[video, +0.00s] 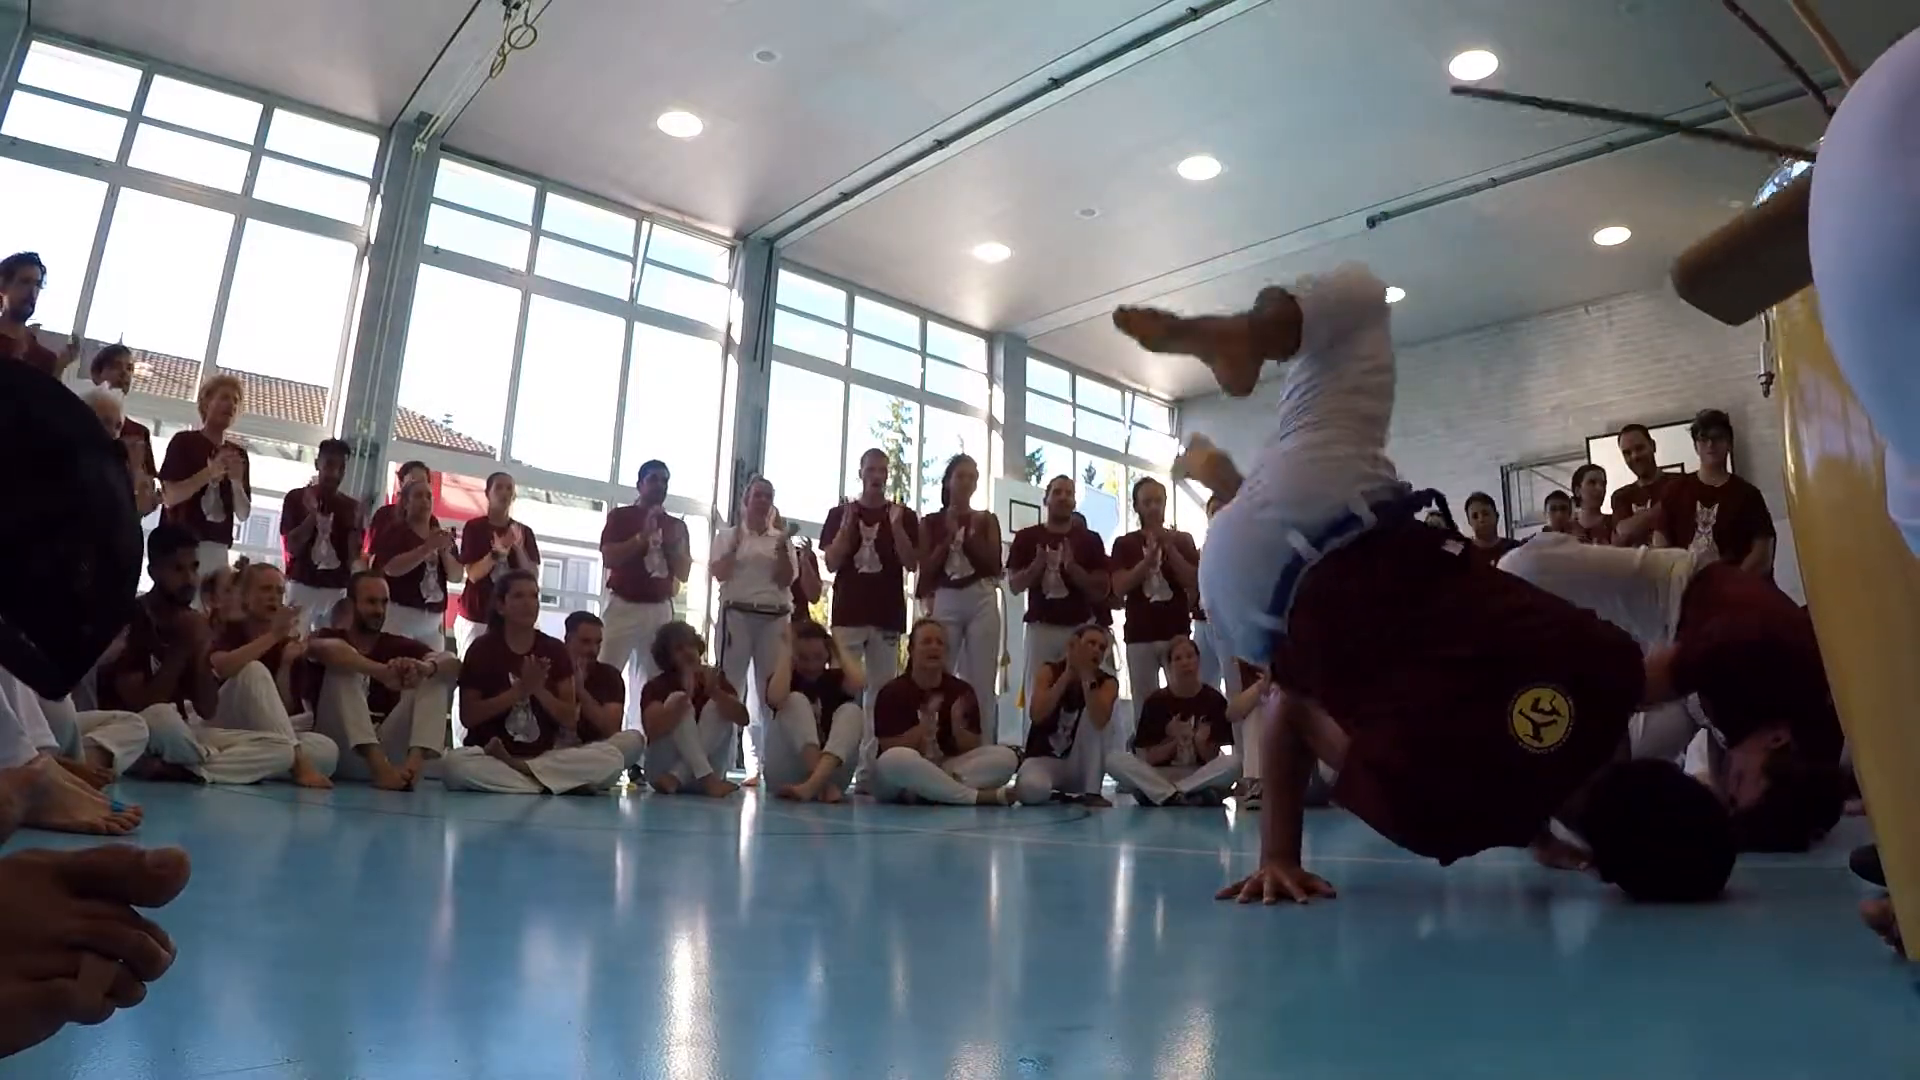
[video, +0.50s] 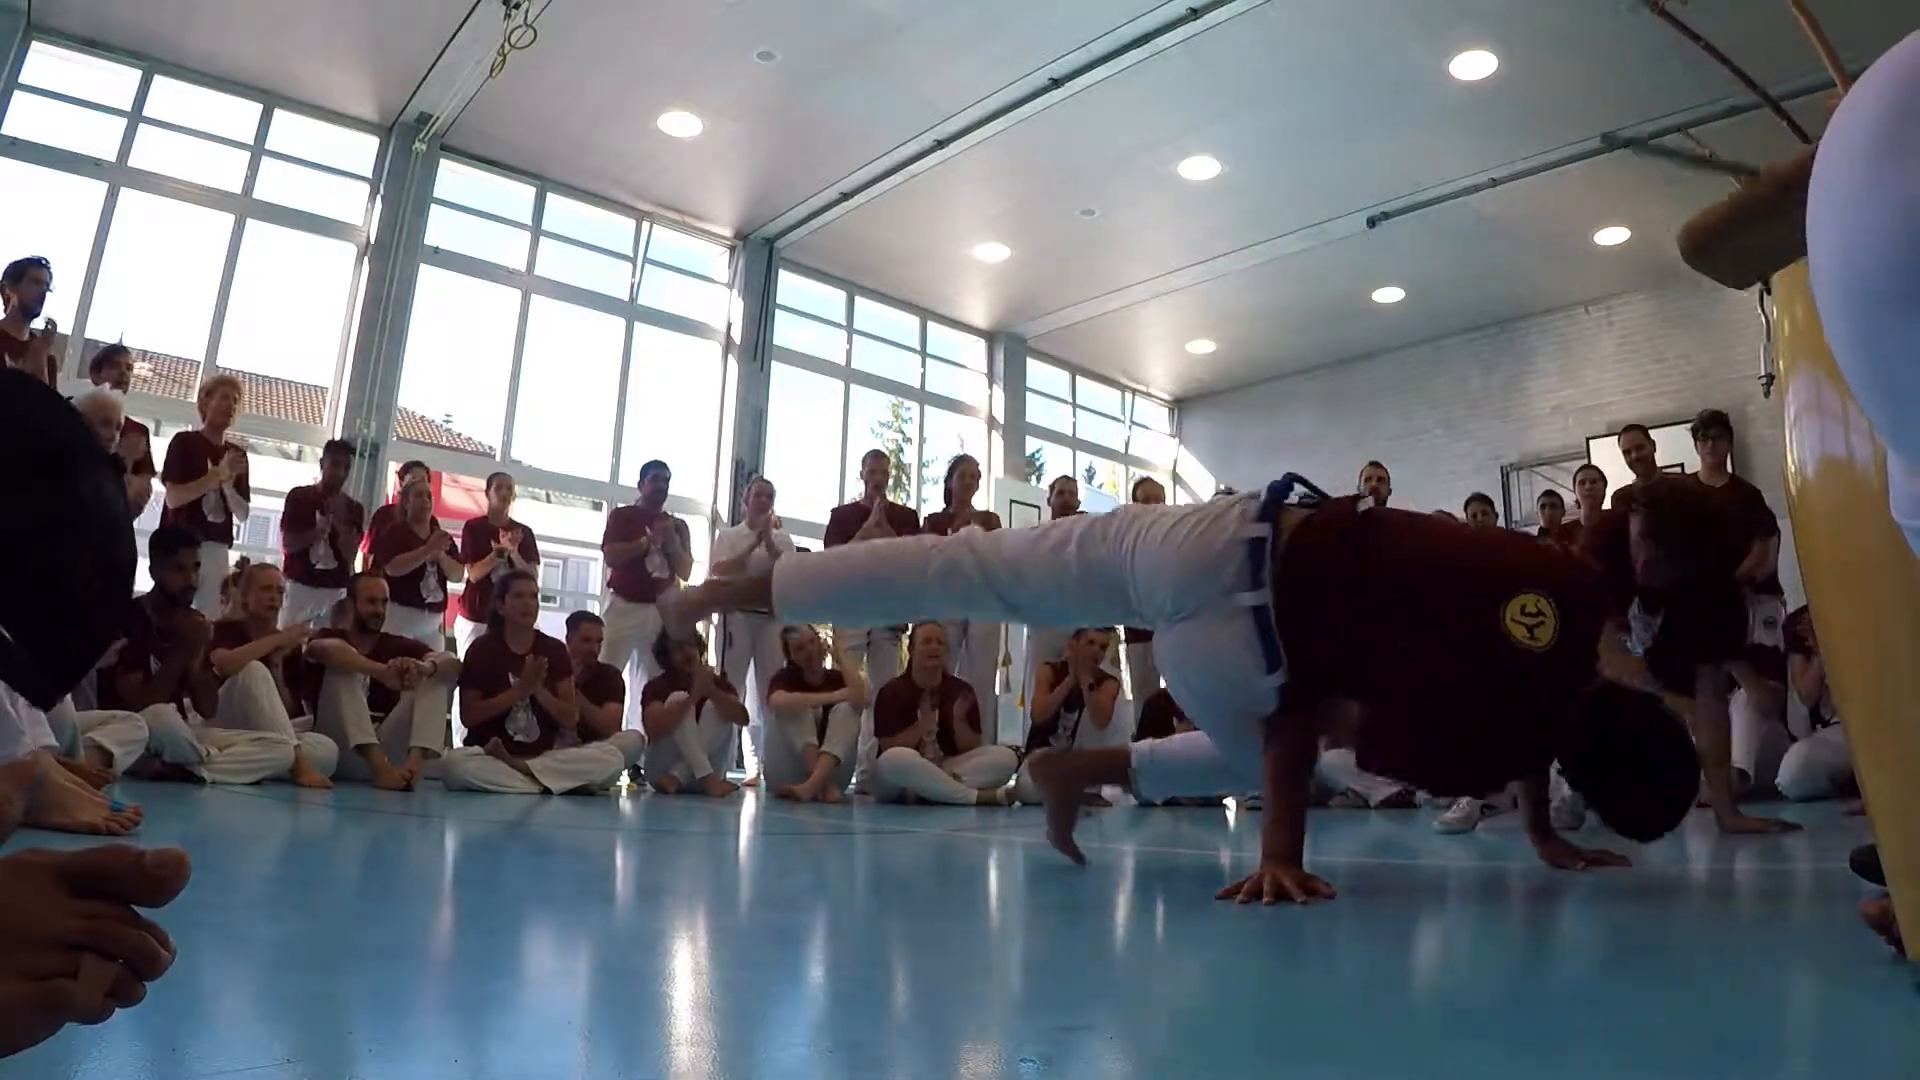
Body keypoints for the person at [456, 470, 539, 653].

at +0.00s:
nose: (504, 493)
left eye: (509, 488)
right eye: (499, 488)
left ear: (514, 495)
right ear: (488, 493)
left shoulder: (524, 532)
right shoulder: (474, 527)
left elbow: (533, 575)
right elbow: (473, 575)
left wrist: (519, 548)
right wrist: (495, 554)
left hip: (510, 621)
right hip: (474, 617)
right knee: (472, 678)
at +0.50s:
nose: (504, 493)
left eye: (509, 489)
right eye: (498, 488)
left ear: (514, 495)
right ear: (487, 493)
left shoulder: (524, 532)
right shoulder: (473, 527)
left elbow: (532, 576)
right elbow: (473, 574)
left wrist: (514, 553)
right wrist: (498, 553)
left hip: (509, 621)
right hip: (473, 617)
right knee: (471, 679)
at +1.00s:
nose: (503, 493)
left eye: (507, 488)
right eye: (497, 488)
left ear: (512, 495)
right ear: (486, 493)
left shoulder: (523, 532)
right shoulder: (473, 527)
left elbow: (531, 574)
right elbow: (473, 575)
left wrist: (514, 553)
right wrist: (496, 553)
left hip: (509, 621)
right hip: (474, 617)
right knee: (471, 679)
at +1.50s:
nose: (503, 493)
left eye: (507, 488)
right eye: (497, 488)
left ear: (512, 495)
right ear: (486, 493)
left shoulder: (523, 533)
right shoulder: (473, 527)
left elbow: (532, 574)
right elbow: (472, 574)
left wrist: (517, 549)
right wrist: (494, 554)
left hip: (510, 622)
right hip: (474, 618)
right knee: (471, 675)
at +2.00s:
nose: (503, 494)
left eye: (508, 490)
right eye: (498, 489)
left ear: (513, 495)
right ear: (487, 493)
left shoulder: (523, 533)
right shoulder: (473, 527)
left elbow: (532, 575)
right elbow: (472, 575)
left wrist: (516, 551)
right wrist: (492, 554)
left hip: (509, 623)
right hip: (473, 620)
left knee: (505, 685)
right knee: (469, 685)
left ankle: (498, 743)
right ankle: (463, 747)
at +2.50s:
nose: (506, 495)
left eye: (510, 491)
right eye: (501, 490)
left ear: (514, 496)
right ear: (488, 493)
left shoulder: (521, 533)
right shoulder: (472, 527)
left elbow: (531, 576)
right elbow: (471, 574)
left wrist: (512, 552)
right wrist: (495, 553)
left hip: (509, 623)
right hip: (474, 618)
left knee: (504, 683)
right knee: (470, 684)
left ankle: (497, 742)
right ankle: (463, 745)